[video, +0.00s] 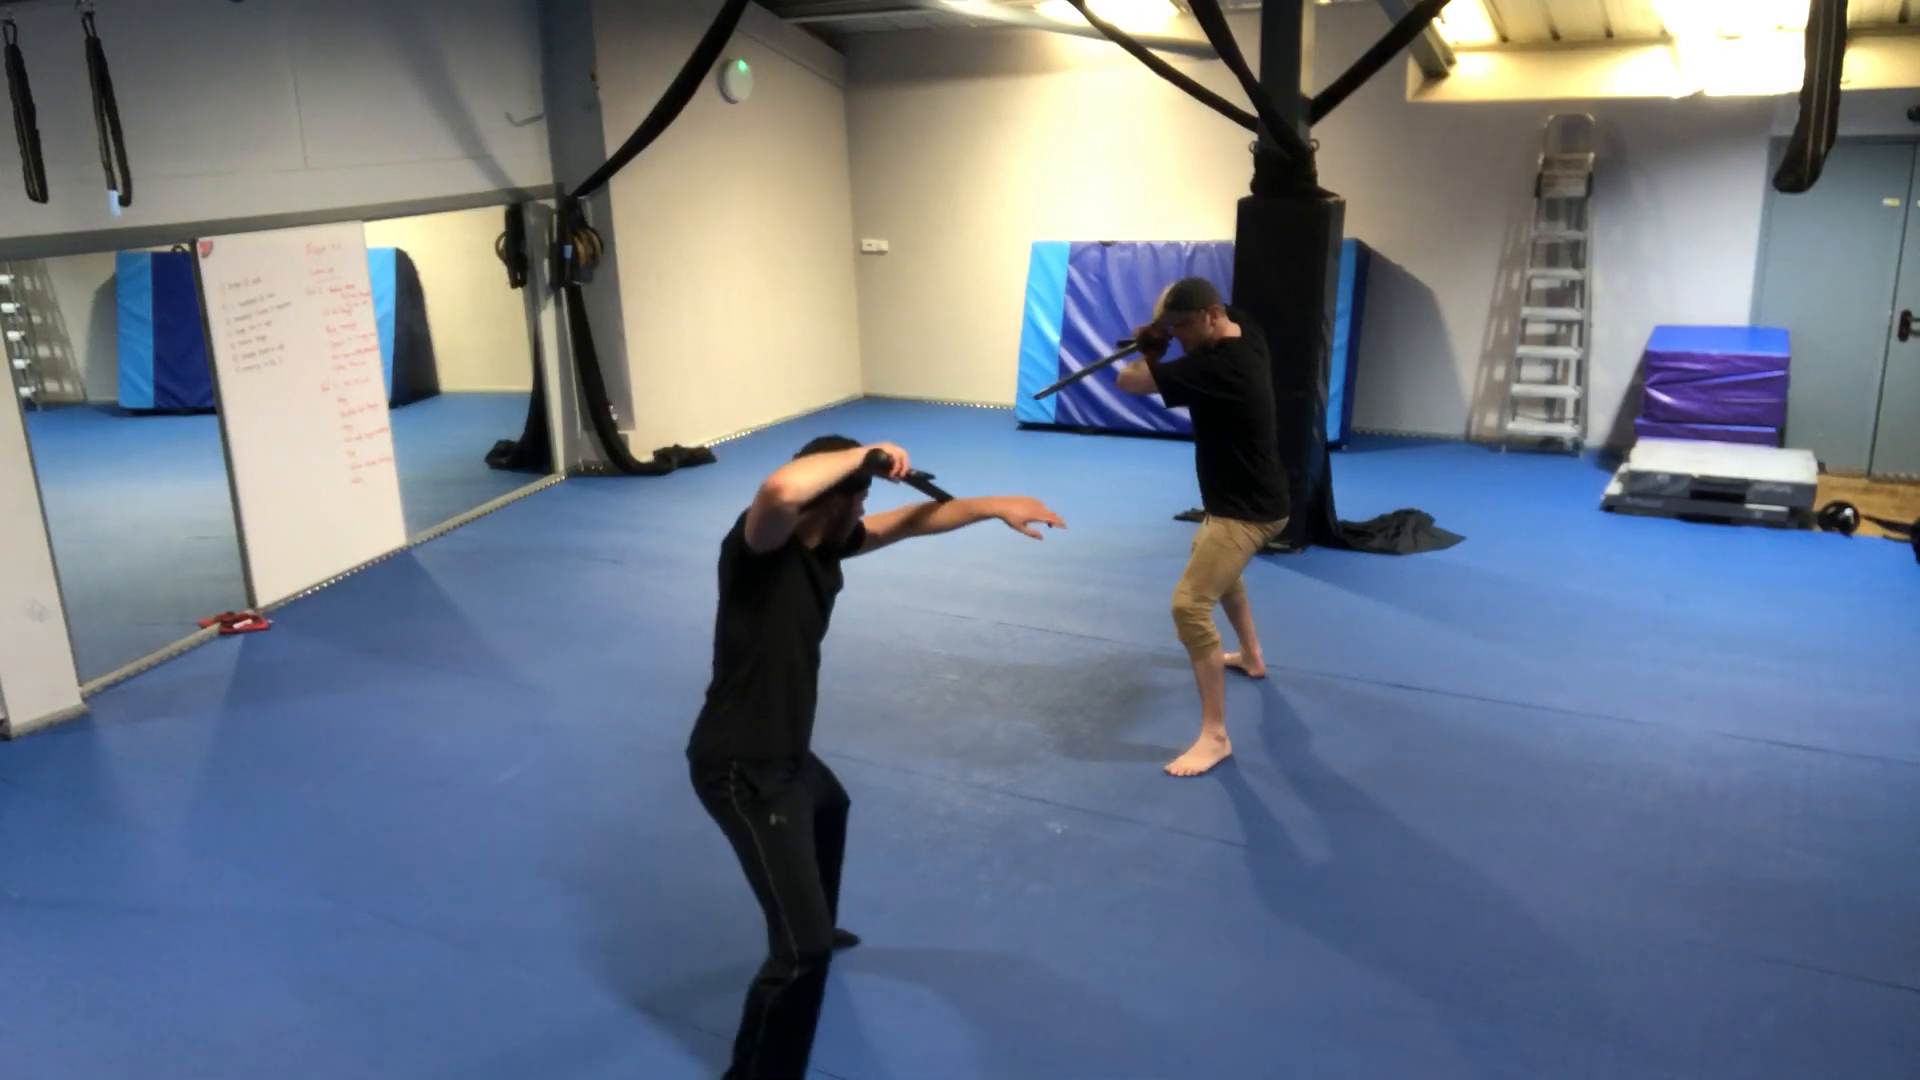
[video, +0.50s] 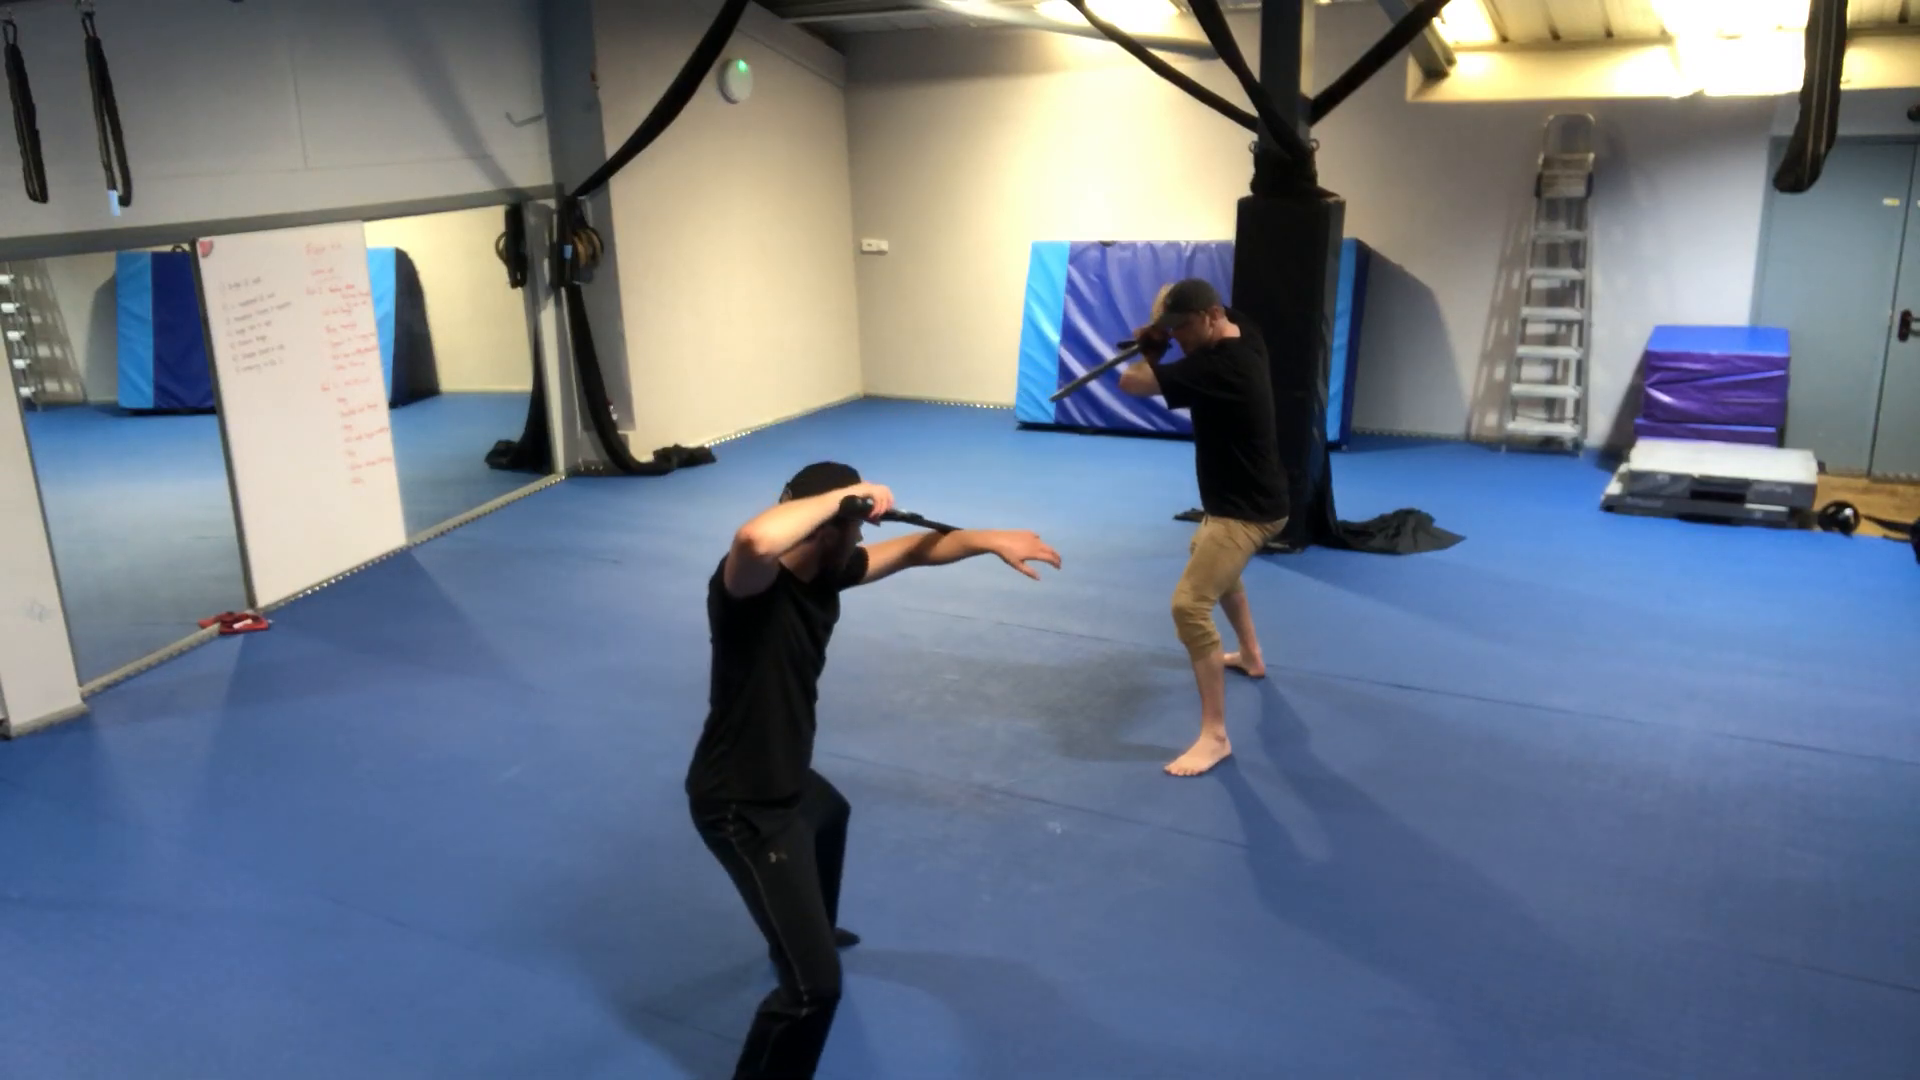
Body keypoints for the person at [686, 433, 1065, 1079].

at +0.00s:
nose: (857, 521)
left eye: (859, 509)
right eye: (850, 506)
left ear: (846, 507)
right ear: (815, 504)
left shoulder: (827, 547)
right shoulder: (760, 547)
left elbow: (912, 520)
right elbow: (779, 489)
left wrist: (995, 504)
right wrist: (865, 457)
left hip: (781, 753)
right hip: (738, 765)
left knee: (829, 805)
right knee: (804, 948)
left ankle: (812, 926)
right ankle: (754, 1074)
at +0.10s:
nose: (857, 527)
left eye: (859, 514)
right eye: (849, 511)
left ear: (850, 515)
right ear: (816, 510)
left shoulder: (826, 557)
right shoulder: (756, 560)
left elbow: (914, 528)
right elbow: (775, 502)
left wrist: (997, 513)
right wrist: (859, 463)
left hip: (783, 765)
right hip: (739, 780)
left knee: (830, 809)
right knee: (805, 960)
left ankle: (812, 927)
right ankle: (756, 1075)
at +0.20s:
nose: (858, 535)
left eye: (860, 523)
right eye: (851, 520)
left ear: (849, 523)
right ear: (822, 516)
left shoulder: (826, 565)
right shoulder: (754, 569)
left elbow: (915, 534)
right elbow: (770, 513)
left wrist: (999, 520)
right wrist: (852, 477)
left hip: (782, 772)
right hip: (739, 790)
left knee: (830, 812)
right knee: (809, 975)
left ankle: (812, 928)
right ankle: (759, 1075)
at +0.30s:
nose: (860, 540)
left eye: (861, 527)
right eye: (852, 525)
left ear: (840, 529)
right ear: (823, 522)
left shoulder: (827, 571)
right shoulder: (751, 578)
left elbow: (917, 541)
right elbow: (764, 524)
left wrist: (998, 527)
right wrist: (846, 487)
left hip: (783, 776)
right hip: (739, 798)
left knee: (831, 816)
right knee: (810, 984)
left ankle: (815, 929)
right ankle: (760, 1074)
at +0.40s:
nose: (855, 547)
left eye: (857, 536)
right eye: (847, 535)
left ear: (836, 536)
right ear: (819, 531)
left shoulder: (827, 574)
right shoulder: (749, 582)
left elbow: (917, 548)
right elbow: (759, 535)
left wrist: (994, 534)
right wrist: (846, 495)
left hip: (783, 778)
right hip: (739, 800)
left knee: (831, 816)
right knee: (813, 985)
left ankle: (811, 929)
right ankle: (759, 1075)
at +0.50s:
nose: (857, 546)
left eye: (858, 533)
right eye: (849, 533)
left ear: (832, 534)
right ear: (818, 530)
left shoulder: (826, 574)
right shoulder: (748, 583)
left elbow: (916, 548)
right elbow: (755, 540)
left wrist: (990, 539)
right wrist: (842, 499)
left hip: (783, 776)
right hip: (739, 800)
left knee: (830, 815)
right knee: (814, 985)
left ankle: (810, 930)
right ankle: (760, 1075)